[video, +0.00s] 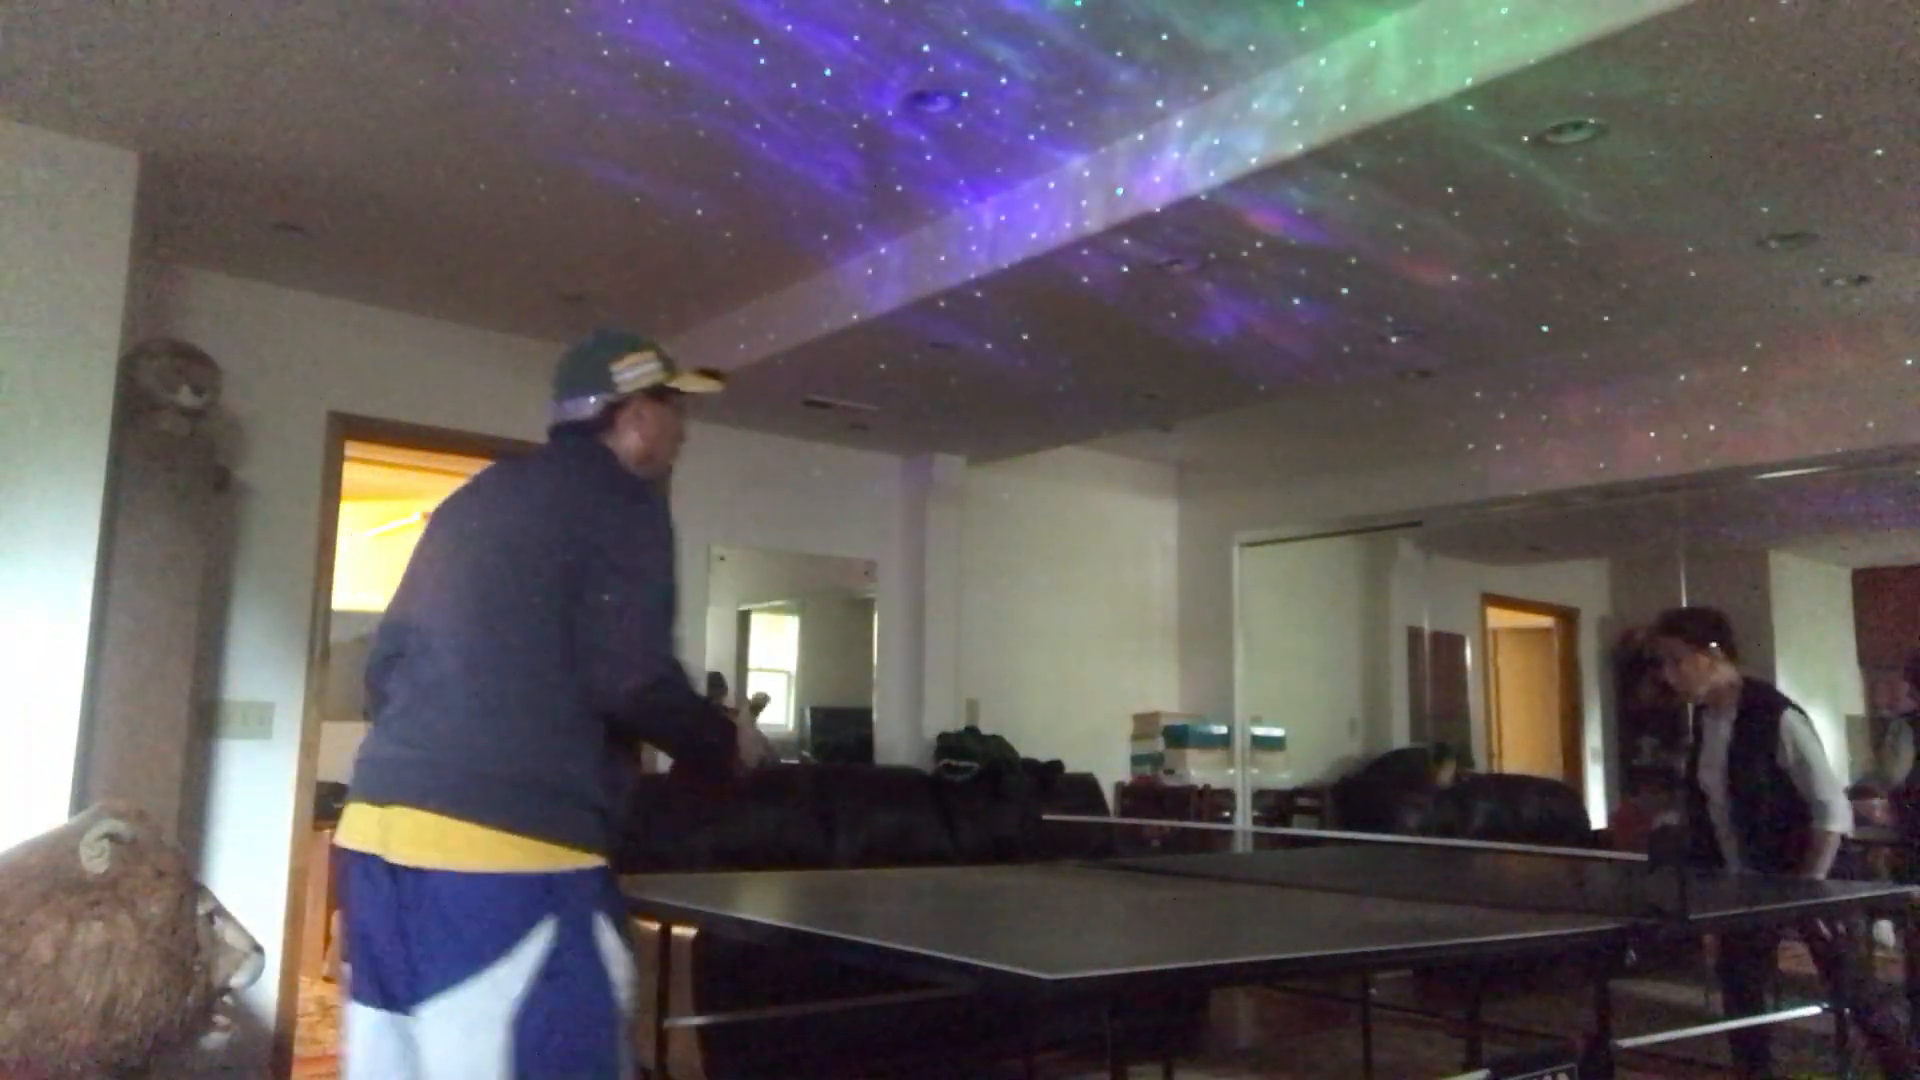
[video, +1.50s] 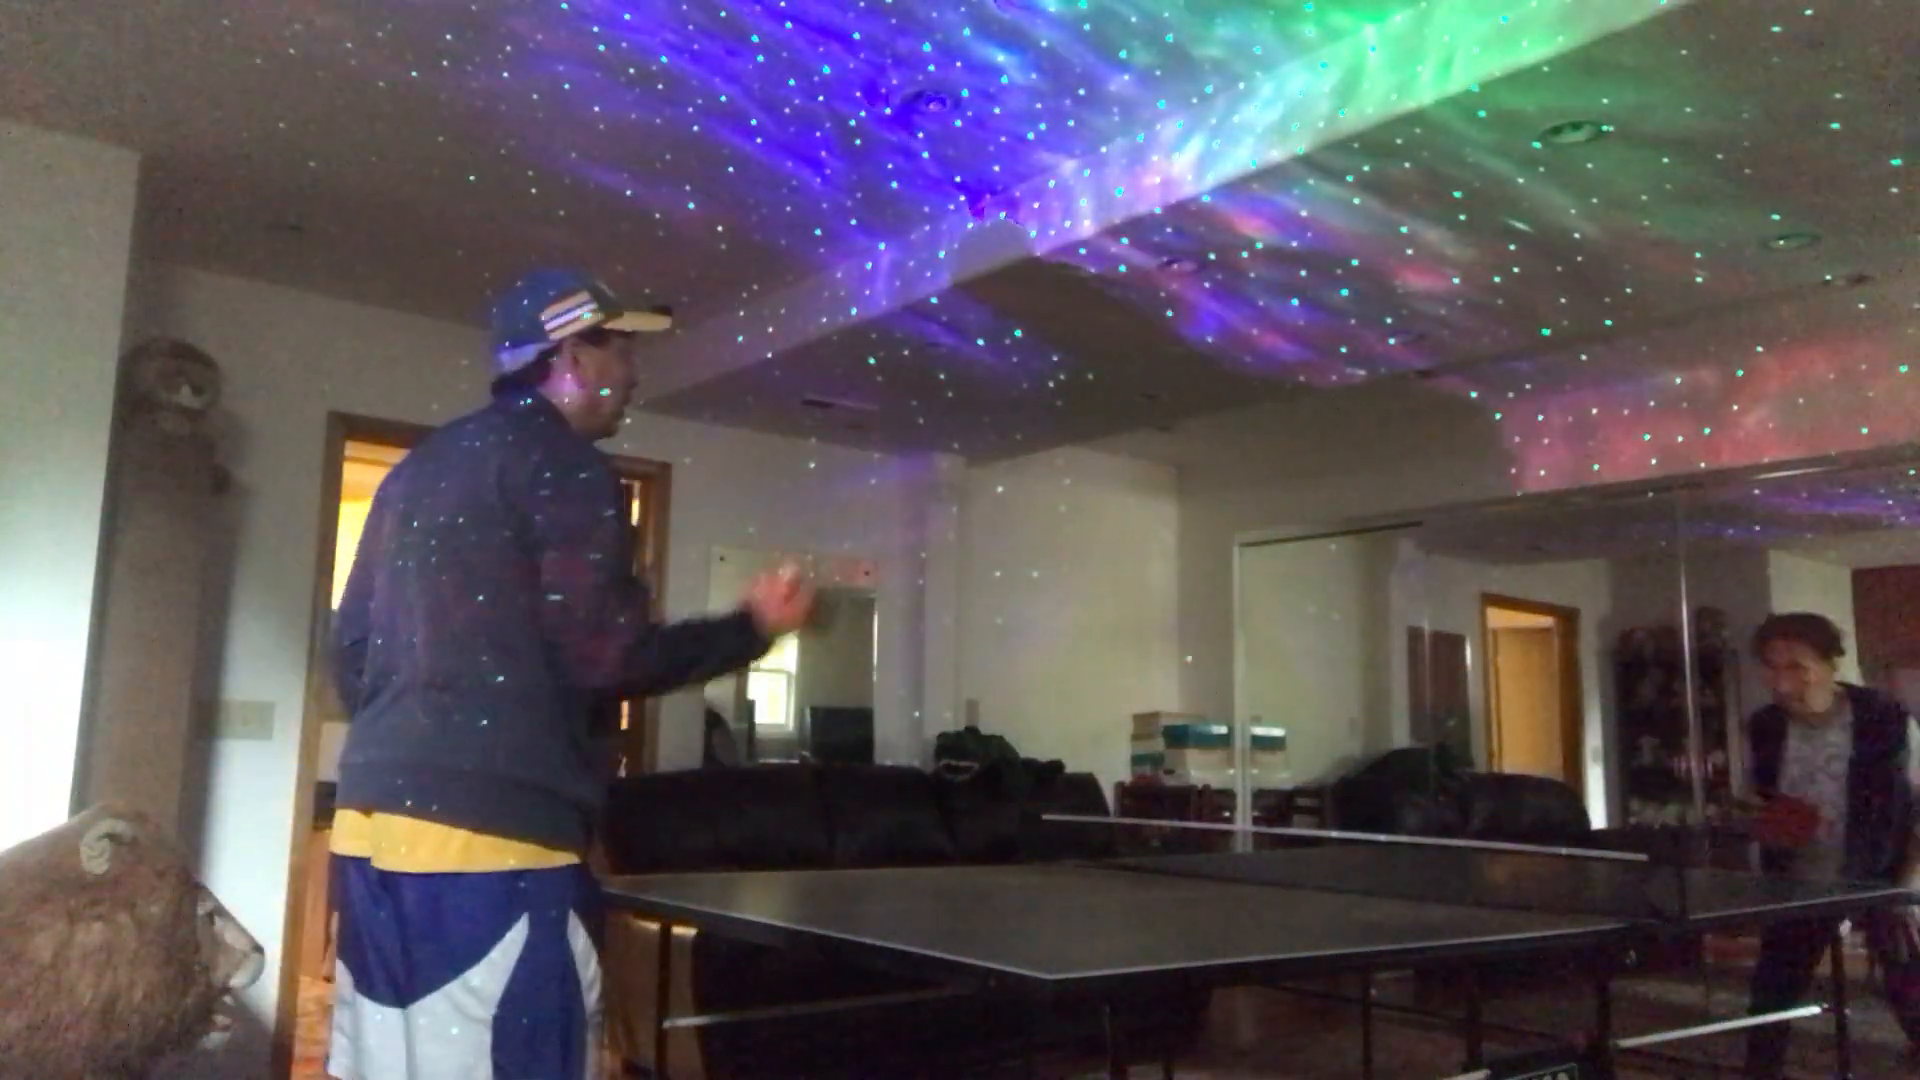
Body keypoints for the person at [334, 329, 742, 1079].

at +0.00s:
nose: (681, 427)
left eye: (678, 408)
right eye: (672, 408)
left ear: (572, 416)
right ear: (632, 416)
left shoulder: (472, 495)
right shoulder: (624, 502)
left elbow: (386, 664)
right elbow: (626, 678)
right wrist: (720, 740)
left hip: (376, 843)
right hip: (511, 855)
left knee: (387, 1066)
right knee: (550, 1064)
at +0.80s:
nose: (684, 471)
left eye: (690, 447)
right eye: (686, 444)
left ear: (580, 424)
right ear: (650, 438)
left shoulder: (455, 484)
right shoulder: (627, 528)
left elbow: (342, 636)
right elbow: (625, 726)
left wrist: (378, 760)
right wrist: (707, 806)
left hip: (322, 830)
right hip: (466, 854)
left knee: (316, 1063)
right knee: (499, 1062)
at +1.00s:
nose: (687, 437)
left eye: (690, 416)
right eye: (682, 413)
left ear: (577, 400)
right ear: (642, 410)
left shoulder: (450, 458)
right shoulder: (641, 502)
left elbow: (312, 562)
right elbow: (653, 693)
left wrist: (256, 730)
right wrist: (773, 696)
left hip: (340, 804)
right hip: (488, 830)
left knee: (292, 1051)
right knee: (492, 1059)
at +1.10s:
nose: (671, 403)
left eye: (672, 384)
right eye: (666, 383)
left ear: (562, 377)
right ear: (627, 383)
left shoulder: (440, 450)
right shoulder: (637, 490)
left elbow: (290, 548)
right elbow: (718, 656)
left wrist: (220, 709)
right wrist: (825, 595)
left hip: (355, 811)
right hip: (501, 836)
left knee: (308, 1043)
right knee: (510, 1057)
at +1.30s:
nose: (654, 380)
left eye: (649, 358)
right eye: (643, 357)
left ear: (545, 368)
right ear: (597, 366)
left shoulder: (429, 459)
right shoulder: (615, 480)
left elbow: (323, 613)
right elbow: (732, 616)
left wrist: (286, 787)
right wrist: (825, 505)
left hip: (368, 831)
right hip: (504, 847)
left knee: (368, 1066)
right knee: (516, 1064)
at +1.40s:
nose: (641, 373)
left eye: (638, 352)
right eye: (628, 350)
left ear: (535, 362)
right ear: (582, 361)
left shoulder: (418, 465)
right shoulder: (590, 471)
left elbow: (339, 634)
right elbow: (680, 641)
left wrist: (361, 781)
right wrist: (797, 552)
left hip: (368, 826)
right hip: (504, 839)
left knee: (376, 1066)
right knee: (522, 1063)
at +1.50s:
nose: (633, 374)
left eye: (631, 352)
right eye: (620, 350)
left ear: (537, 362)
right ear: (567, 358)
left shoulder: (414, 465)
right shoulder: (565, 462)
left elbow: (354, 649)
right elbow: (606, 653)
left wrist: (419, 746)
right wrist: (752, 626)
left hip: (370, 828)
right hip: (497, 842)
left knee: (374, 1067)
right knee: (521, 1063)